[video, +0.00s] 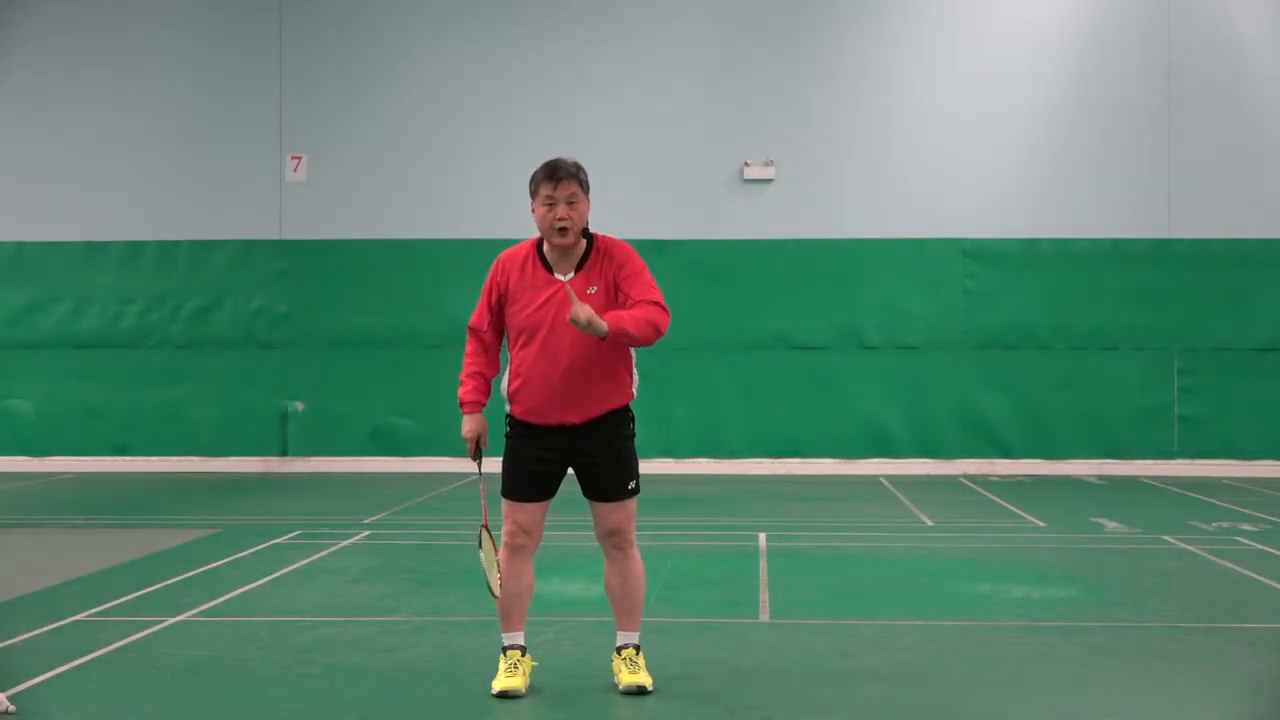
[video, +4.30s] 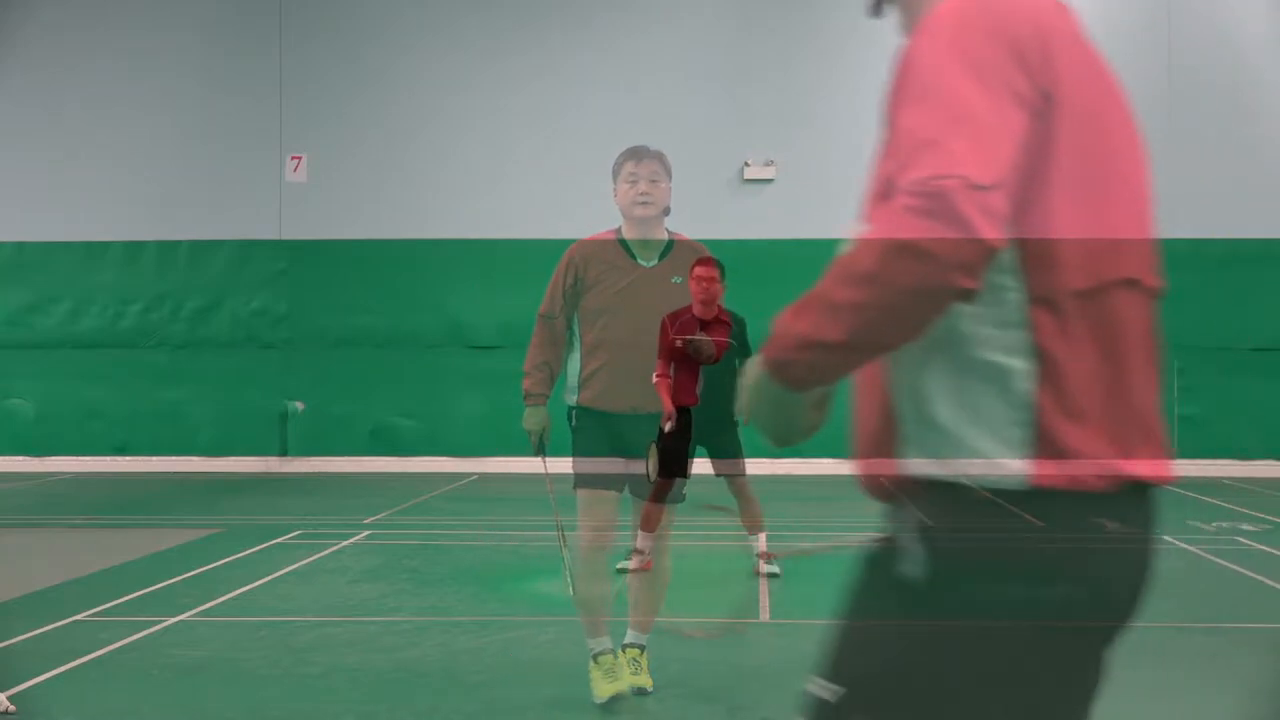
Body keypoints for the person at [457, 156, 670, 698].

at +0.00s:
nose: (561, 213)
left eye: (571, 202)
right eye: (550, 203)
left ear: (587, 207)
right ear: (534, 210)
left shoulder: (616, 257)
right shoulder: (509, 266)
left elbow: (654, 318)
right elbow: (482, 336)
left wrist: (606, 324)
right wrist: (473, 408)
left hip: (605, 424)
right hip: (532, 427)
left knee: (619, 536)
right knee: (517, 537)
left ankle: (629, 650)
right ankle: (512, 652)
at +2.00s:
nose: (561, 210)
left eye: (571, 199)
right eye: (550, 201)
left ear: (588, 204)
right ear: (535, 208)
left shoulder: (616, 252)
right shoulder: (510, 264)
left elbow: (662, 308)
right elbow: (485, 335)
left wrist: (605, 278)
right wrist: (474, 407)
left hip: (607, 421)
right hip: (535, 425)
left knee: (620, 537)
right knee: (519, 538)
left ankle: (629, 650)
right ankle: (513, 652)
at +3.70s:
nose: (590, 188)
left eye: (601, 180)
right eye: (579, 181)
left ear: (619, 195)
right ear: (564, 197)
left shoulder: (652, 258)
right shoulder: (539, 261)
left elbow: (686, 319)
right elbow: (507, 331)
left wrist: (663, 336)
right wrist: (488, 404)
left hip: (632, 420)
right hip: (558, 420)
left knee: (633, 538)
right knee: (528, 537)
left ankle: (631, 650)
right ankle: (514, 649)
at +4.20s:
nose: (639, 188)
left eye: (649, 180)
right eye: (628, 181)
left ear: (667, 194)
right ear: (611, 196)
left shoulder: (694, 261)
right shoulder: (582, 257)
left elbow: (714, 335)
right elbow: (549, 329)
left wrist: (706, 345)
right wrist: (535, 400)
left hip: (667, 419)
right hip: (596, 415)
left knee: (650, 543)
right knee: (583, 537)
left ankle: (634, 650)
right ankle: (579, 651)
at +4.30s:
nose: (643, 187)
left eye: (653, 179)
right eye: (632, 180)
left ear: (671, 191)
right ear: (615, 193)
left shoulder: (695, 259)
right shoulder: (584, 257)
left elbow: (719, 339)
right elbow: (549, 330)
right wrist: (536, 400)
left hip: (671, 419)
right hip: (600, 416)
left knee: (655, 538)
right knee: (595, 536)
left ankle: (636, 649)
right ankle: (600, 653)